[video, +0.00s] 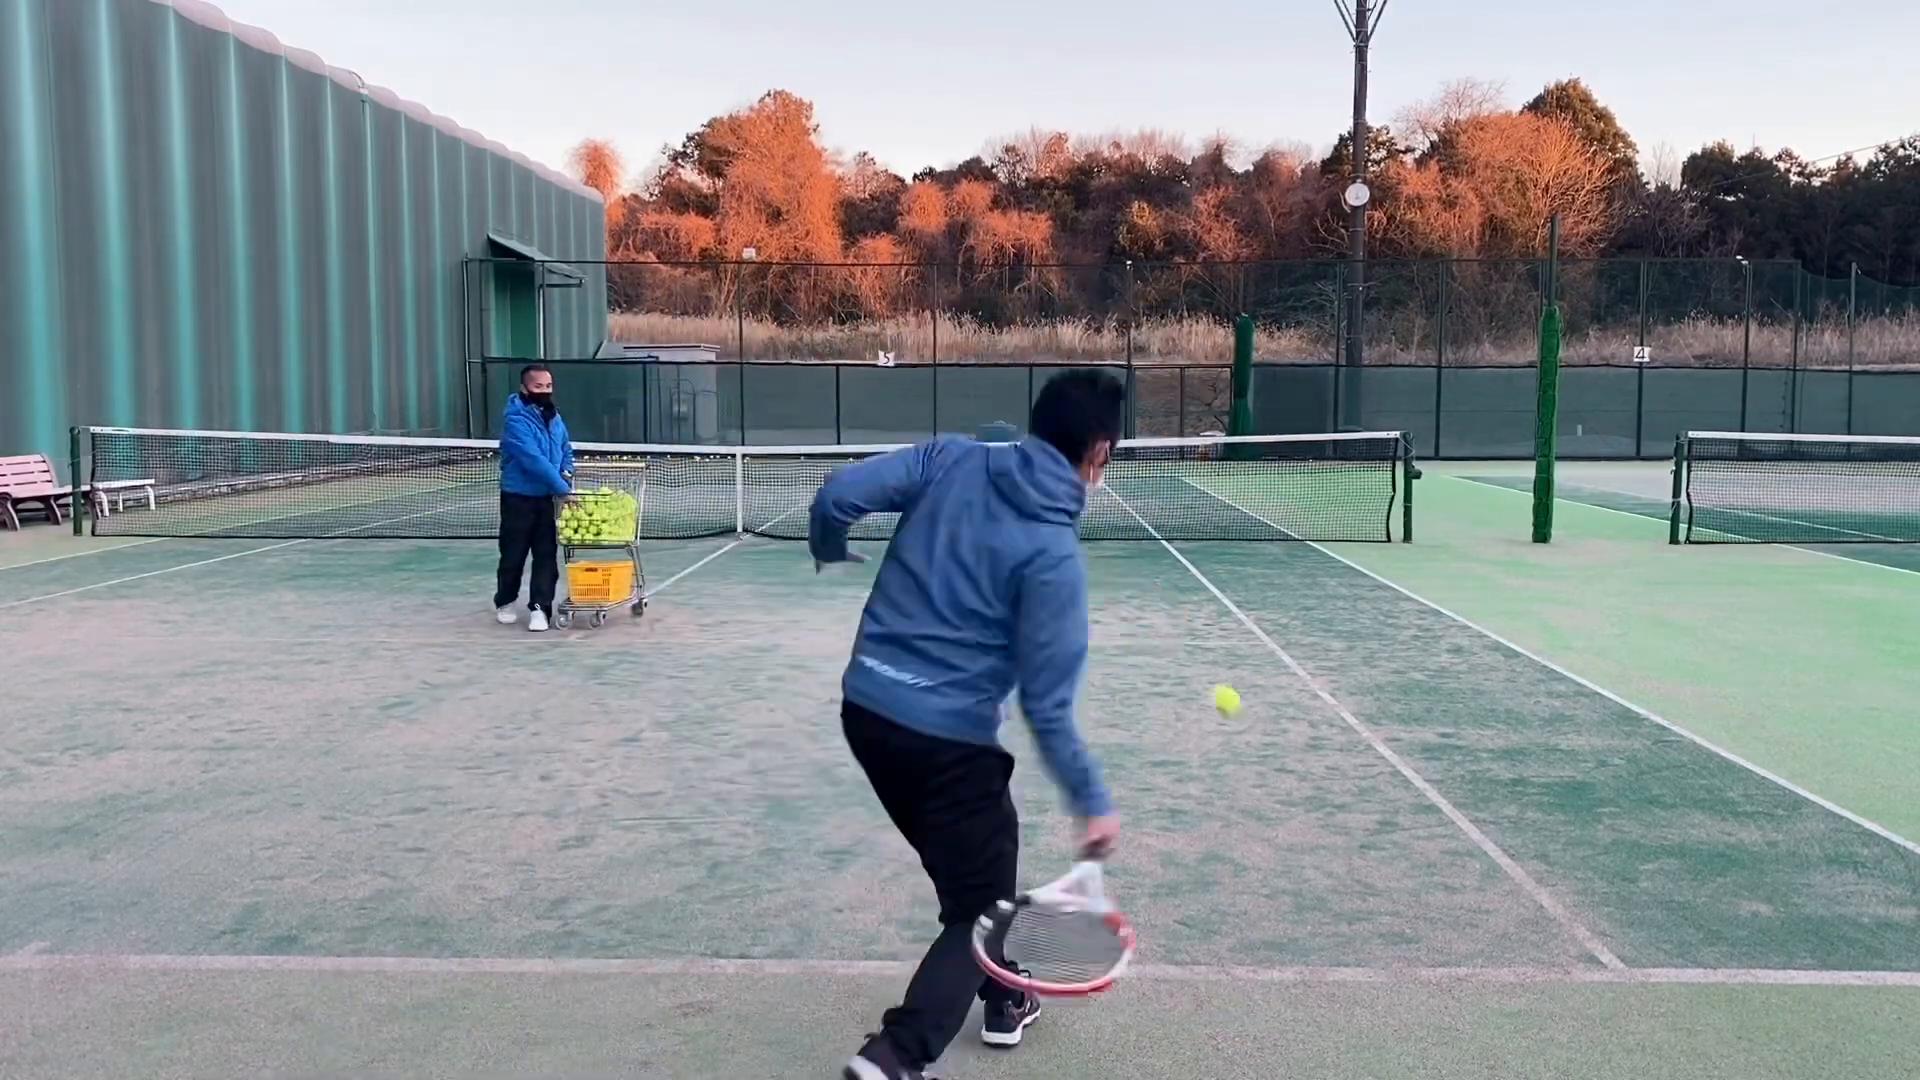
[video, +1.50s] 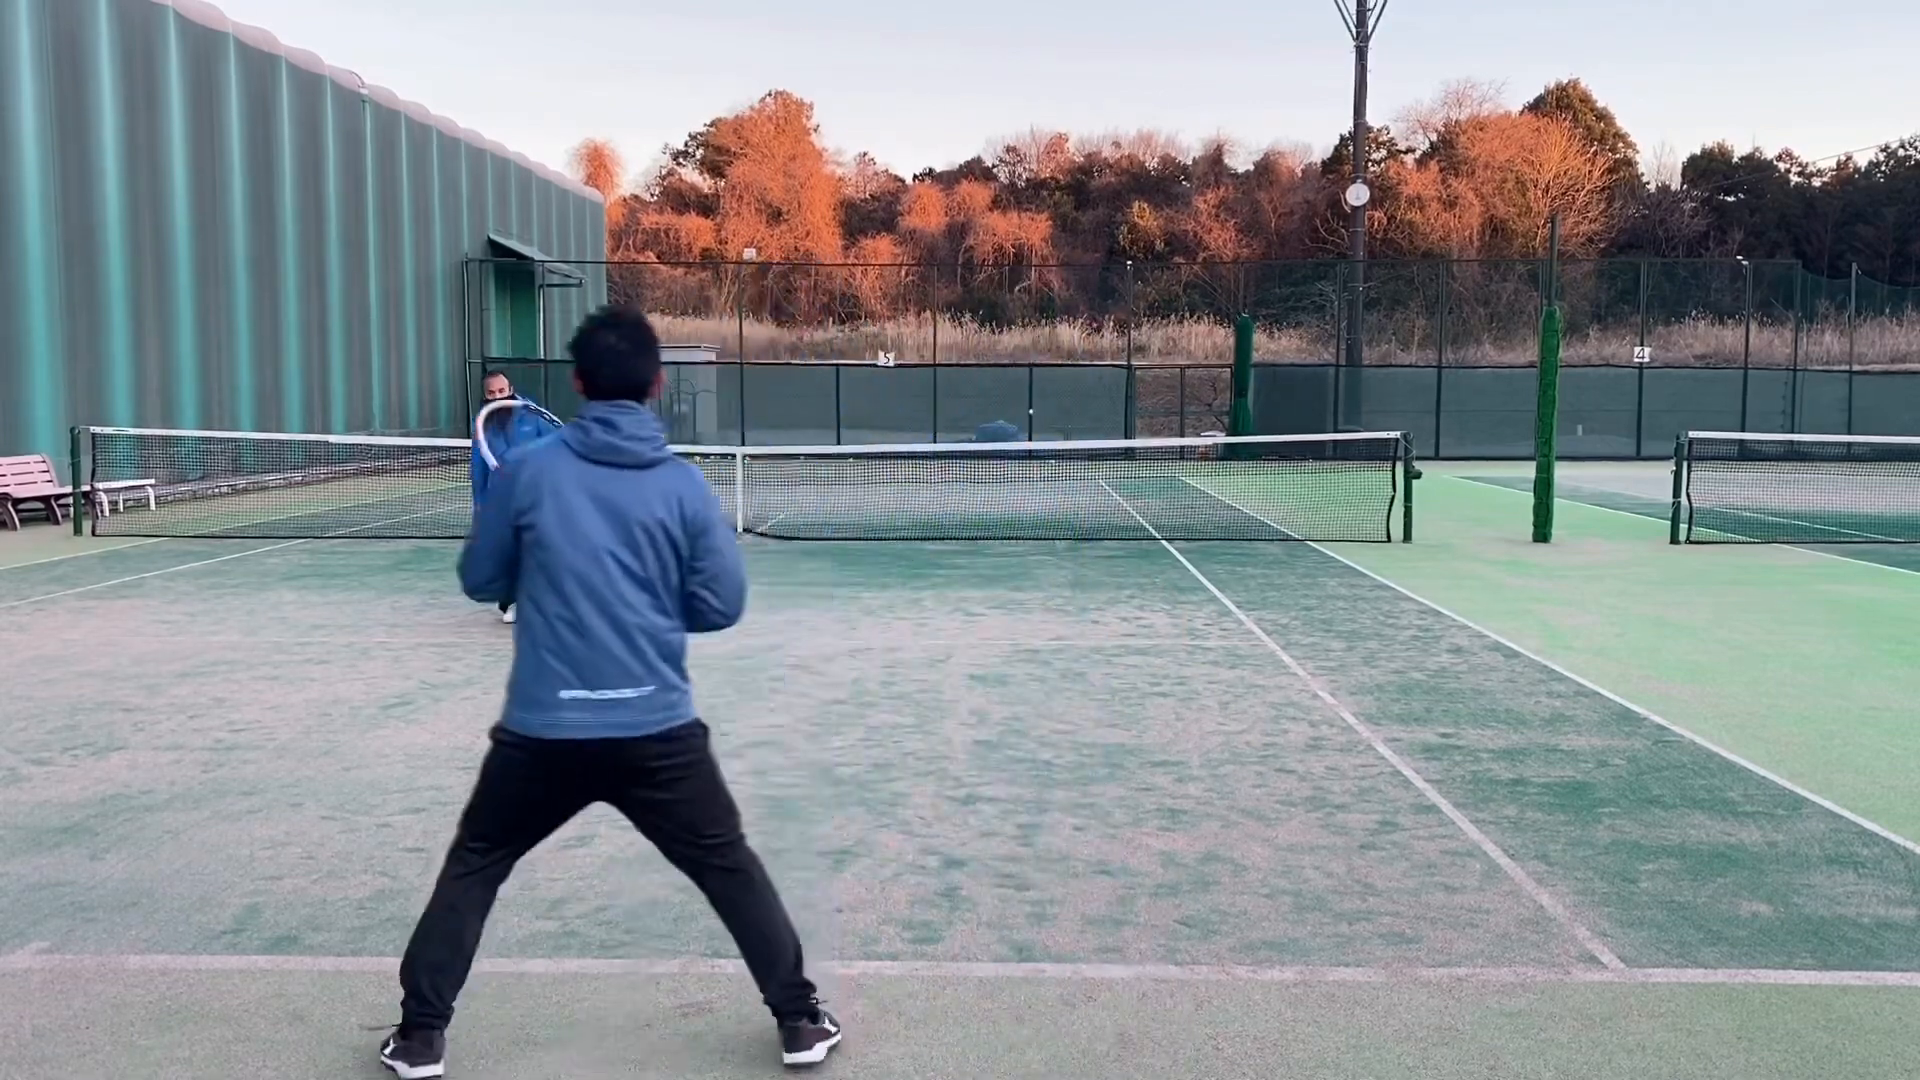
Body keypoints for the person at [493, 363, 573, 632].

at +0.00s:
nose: (545, 391)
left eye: (548, 386)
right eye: (539, 387)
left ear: (552, 387)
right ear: (525, 388)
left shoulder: (554, 417)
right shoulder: (516, 418)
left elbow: (566, 449)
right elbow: (531, 458)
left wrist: (565, 470)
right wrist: (562, 489)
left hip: (546, 493)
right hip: (518, 494)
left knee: (546, 555)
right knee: (514, 553)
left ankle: (540, 609)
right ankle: (505, 602)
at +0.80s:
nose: (527, 390)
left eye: (531, 385)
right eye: (521, 385)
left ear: (537, 387)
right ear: (511, 388)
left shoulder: (551, 417)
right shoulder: (500, 420)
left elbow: (568, 450)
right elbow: (500, 465)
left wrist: (566, 471)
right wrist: (529, 473)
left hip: (544, 497)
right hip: (512, 498)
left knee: (543, 554)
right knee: (512, 555)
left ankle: (540, 609)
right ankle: (511, 603)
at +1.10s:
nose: (513, 392)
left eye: (517, 387)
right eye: (507, 387)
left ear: (525, 387)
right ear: (499, 390)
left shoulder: (542, 416)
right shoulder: (490, 420)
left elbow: (566, 448)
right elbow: (483, 458)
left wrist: (565, 472)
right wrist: (493, 483)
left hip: (535, 495)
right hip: (503, 496)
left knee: (536, 550)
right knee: (505, 553)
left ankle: (538, 603)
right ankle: (512, 604)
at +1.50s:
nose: (497, 396)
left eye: (501, 390)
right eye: (491, 393)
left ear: (510, 389)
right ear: (485, 395)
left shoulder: (533, 416)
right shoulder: (484, 425)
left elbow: (559, 441)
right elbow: (478, 466)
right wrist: (479, 502)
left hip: (536, 492)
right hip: (499, 497)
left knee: (535, 548)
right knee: (504, 550)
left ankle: (535, 601)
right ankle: (509, 602)